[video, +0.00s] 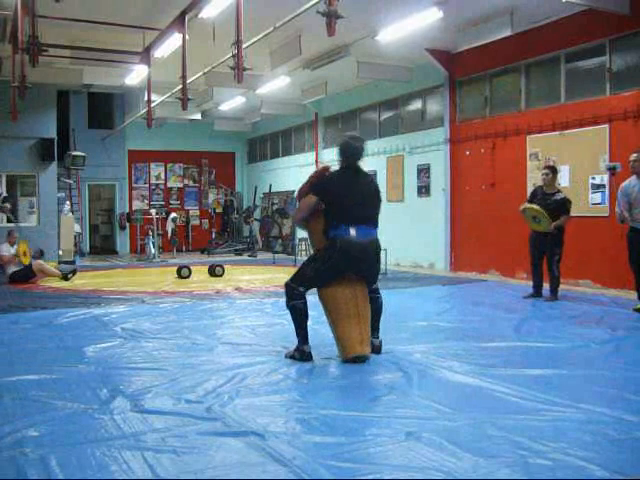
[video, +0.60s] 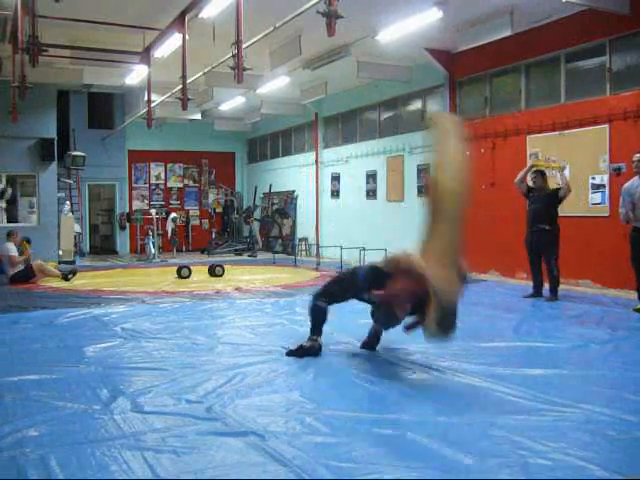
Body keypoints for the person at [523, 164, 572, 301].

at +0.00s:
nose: (543, 177)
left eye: (547, 174)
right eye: (542, 174)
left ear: (554, 177)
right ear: (540, 177)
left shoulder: (562, 198)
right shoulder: (537, 192)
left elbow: (565, 216)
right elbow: (529, 205)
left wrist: (554, 225)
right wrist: (525, 209)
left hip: (553, 233)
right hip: (537, 232)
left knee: (553, 264)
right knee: (536, 263)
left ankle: (553, 292)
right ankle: (536, 290)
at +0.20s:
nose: (543, 177)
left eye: (546, 174)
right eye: (541, 174)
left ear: (553, 176)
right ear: (540, 177)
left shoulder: (560, 196)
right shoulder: (537, 193)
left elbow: (564, 214)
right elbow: (523, 202)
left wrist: (552, 215)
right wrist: (529, 191)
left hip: (551, 230)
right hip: (535, 229)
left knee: (551, 261)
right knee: (534, 261)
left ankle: (553, 292)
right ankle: (536, 289)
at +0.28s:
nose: (544, 181)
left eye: (548, 177)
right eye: (542, 178)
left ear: (553, 179)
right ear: (538, 179)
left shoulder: (559, 195)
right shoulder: (535, 193)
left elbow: (561, 213)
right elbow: (520, 196)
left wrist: (554, 200)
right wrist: (531, 183)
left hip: (550, 232)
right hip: (534, 231)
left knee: (550, 263)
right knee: (534, 263)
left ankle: (553, 293)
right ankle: (536, 290)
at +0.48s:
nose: (537, 179)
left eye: (540, 176)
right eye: (536, 177)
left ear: (546, 179)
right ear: (534, 180)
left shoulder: (554, 194)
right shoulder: (532, 193)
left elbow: (565, 200)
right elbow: (519, 185)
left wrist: (560, 184)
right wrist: (529, 172)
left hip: (549, 230)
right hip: (533, 229)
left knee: (550, 262)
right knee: (535, 262)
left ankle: (553, 292)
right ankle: (537, 290)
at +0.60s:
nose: (533, 180)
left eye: (536, 177)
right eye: (532, 178)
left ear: (543, 179)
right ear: (531, 180)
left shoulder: (553, 194)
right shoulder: (531, 194)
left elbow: (567, 190)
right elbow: (518, 182)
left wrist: (561, 173)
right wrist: (529, 167)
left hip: (549, 229)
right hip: (533, 229)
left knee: (551, 262)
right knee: (534, 262)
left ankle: (553, 292)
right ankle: (537, 290)